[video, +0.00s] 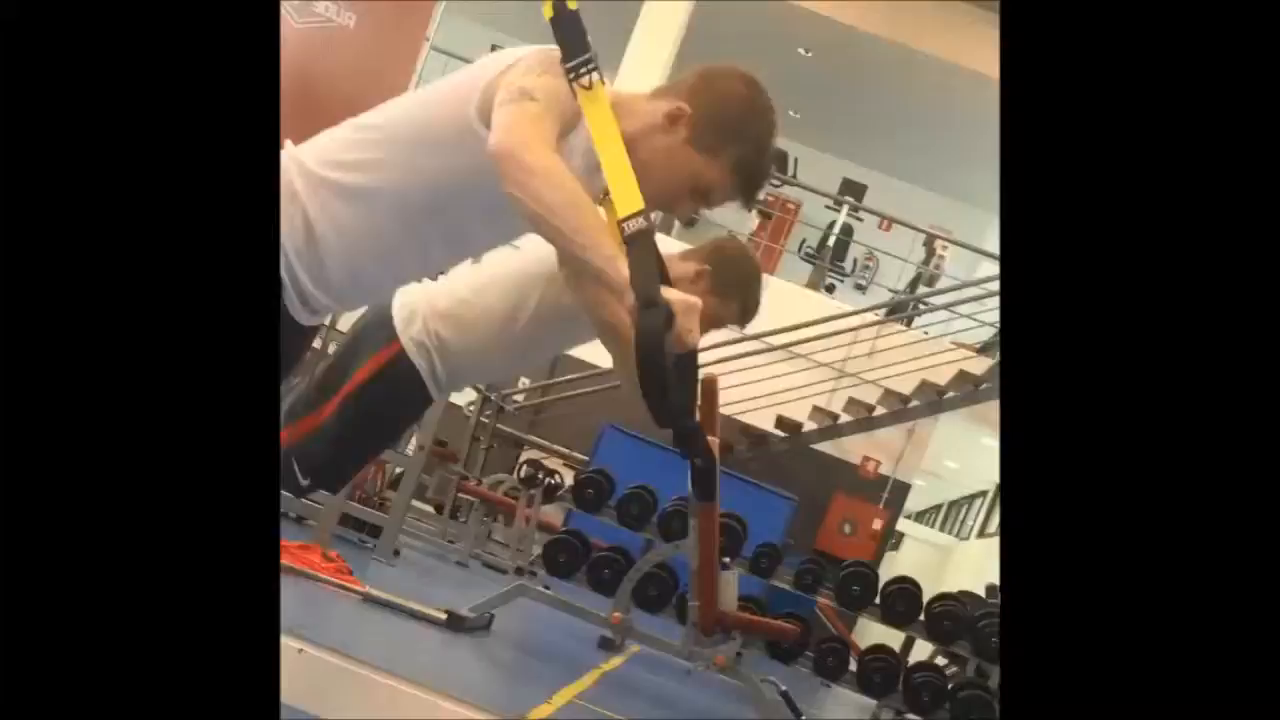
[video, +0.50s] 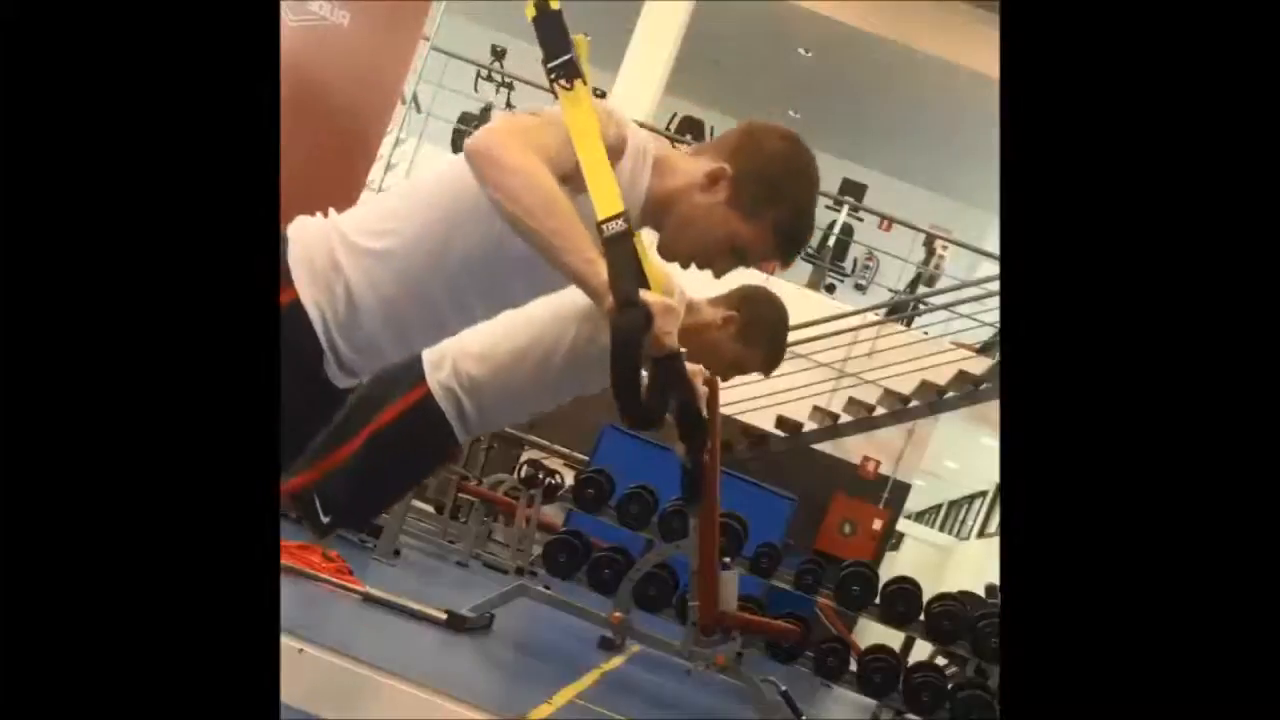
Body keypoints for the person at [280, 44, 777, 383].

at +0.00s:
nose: (685, 213)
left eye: (701, 205)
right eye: (698, 195)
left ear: (674, 117)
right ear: (677, 121)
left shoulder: (590, 179)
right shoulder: (555, 77)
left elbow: (598, 293)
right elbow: (518, 155)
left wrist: (655, 377)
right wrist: (635, 292)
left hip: (307, 305)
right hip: (280, 236)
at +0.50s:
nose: (719, 271)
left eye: (738, 264)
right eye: (736, 252)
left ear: (718, 177)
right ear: (720, 182)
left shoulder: (640, 242)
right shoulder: (611, 133)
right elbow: (496, 148)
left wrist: (670, 373)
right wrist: (610, 289)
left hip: (339, 371)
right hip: (299, 306)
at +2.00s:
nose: (714, 243)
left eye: (735, 237)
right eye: (732, 222)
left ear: (722, 142)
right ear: (721, 147)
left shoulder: (622, 213)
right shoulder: (603, 106)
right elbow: (497, 134)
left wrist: (667, 385)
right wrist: (593, 276)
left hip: (343, 352)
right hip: (298, 287)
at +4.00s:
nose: (757, 375)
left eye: (776, 376)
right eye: (776, 362)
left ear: (768, 291)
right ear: (770, 294)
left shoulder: (681, 336)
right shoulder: (664, 244)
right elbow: (515, 157)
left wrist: (666, 405)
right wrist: (629, 311)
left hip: (364, 440)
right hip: (329, 384)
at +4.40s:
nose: (716, 235)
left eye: (735, 231)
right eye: (732, 213)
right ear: (716, 141)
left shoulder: (624, 209)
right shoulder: (605, 107)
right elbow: (501, 134)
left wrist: (663, 383)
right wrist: (596, 287)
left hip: (352, 365)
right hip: (305, 303)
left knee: (287, 482)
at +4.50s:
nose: (706, 206)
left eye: (728, 199)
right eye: (721, 184)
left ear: (697, 114)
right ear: (700, 114)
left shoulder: (612, 174)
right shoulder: (582, 75)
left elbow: (629, 276)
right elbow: (503, 139)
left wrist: (670, 377)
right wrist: (601, 290)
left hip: (343, 352)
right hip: (297, 290)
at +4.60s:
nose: (695, 173)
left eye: (713, 165)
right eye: (708, 151)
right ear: (687, 75)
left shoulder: (600, 152)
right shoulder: (556, 47)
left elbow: (621, 256)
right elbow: (507, 148)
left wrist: (667, 367)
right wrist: (607, 292)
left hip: (335, 336)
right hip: (291, 275)